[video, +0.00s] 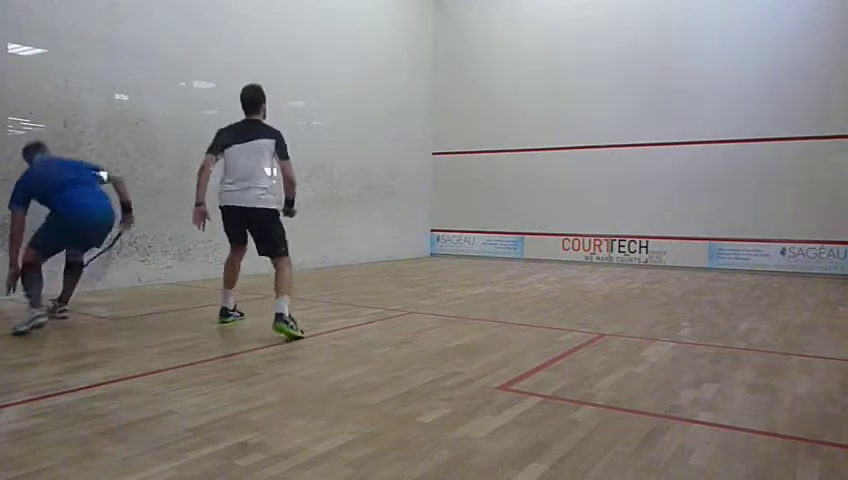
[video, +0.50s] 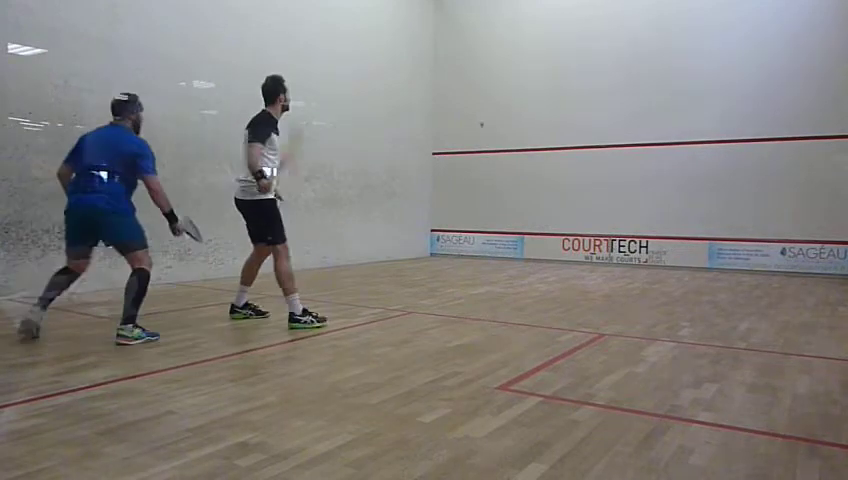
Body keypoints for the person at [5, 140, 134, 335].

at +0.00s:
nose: (32, 164)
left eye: (29, 161)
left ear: (28, 160)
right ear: (48, 153)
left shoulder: (28, 179)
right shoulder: (71, 165)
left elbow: (17, 229)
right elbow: (116, 179)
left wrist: (13, 267)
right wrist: (127, 211)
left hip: (70, 219)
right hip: (104, 218)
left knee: (30, 261)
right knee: (75, 253)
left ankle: (36, 309)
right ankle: (62, 303)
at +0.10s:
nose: (65, 131)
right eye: (64, 127)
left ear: (41, 132)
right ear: (64, 127)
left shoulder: (32, 157)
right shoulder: (86, 145)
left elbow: (21, 204)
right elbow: (122, 160)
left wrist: (21, 240)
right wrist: (137, 192)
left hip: (58, 210)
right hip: (96, 209)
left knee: (33, 260)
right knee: (82, 260)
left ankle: (31, 317)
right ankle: (68, 307)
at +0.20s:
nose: (86, 110)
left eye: (84, 106)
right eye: (85, 106)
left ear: (59, 109)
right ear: (81, 107)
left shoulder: (46, 135)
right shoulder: (98, 129)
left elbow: (31, 182)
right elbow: (129, 154)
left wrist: (33, 221)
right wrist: (146, 184)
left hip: (56, 192)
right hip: (96, 191)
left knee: (42, 253)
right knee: (92, 251)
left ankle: (31, 316)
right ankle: (82, 304)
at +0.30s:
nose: (107, 103)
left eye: (105, 98)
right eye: (105, 99)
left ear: (80, 99)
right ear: (99, 98)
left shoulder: (59, 124)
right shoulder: (111, 122)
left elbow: (42, 170)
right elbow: (133, 156)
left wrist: (48, 204)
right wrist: (153, 187)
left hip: (61, 188)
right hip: (101, 187)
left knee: (48, 253)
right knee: (115, 248)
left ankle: (29, 316)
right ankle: (104, 306)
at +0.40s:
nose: (126, 111)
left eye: (125, 106)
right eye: (125, 106)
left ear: (99, 106)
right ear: (118, 106)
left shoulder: (77, 128)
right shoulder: (125, 132)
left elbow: (52, 169)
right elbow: (143, 172)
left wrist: (69, 199)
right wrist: (164, 200)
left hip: (67, 201)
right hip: (106, 202)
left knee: (54, 263)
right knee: (133, 256)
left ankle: (28, 323)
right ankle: (127, 316)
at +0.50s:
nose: (142, 120)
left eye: (141, 115)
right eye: (141, 115)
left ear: (114, 116)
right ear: (135, 117)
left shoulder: (89, 137)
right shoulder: (138, 145)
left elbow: (64, 173)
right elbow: (154, 188)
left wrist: (79, 202)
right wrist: (172, 219)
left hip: (78, 209)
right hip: (114, 210)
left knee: (75, 266)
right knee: (141, 265)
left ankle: (38, 310)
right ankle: (128, 327)